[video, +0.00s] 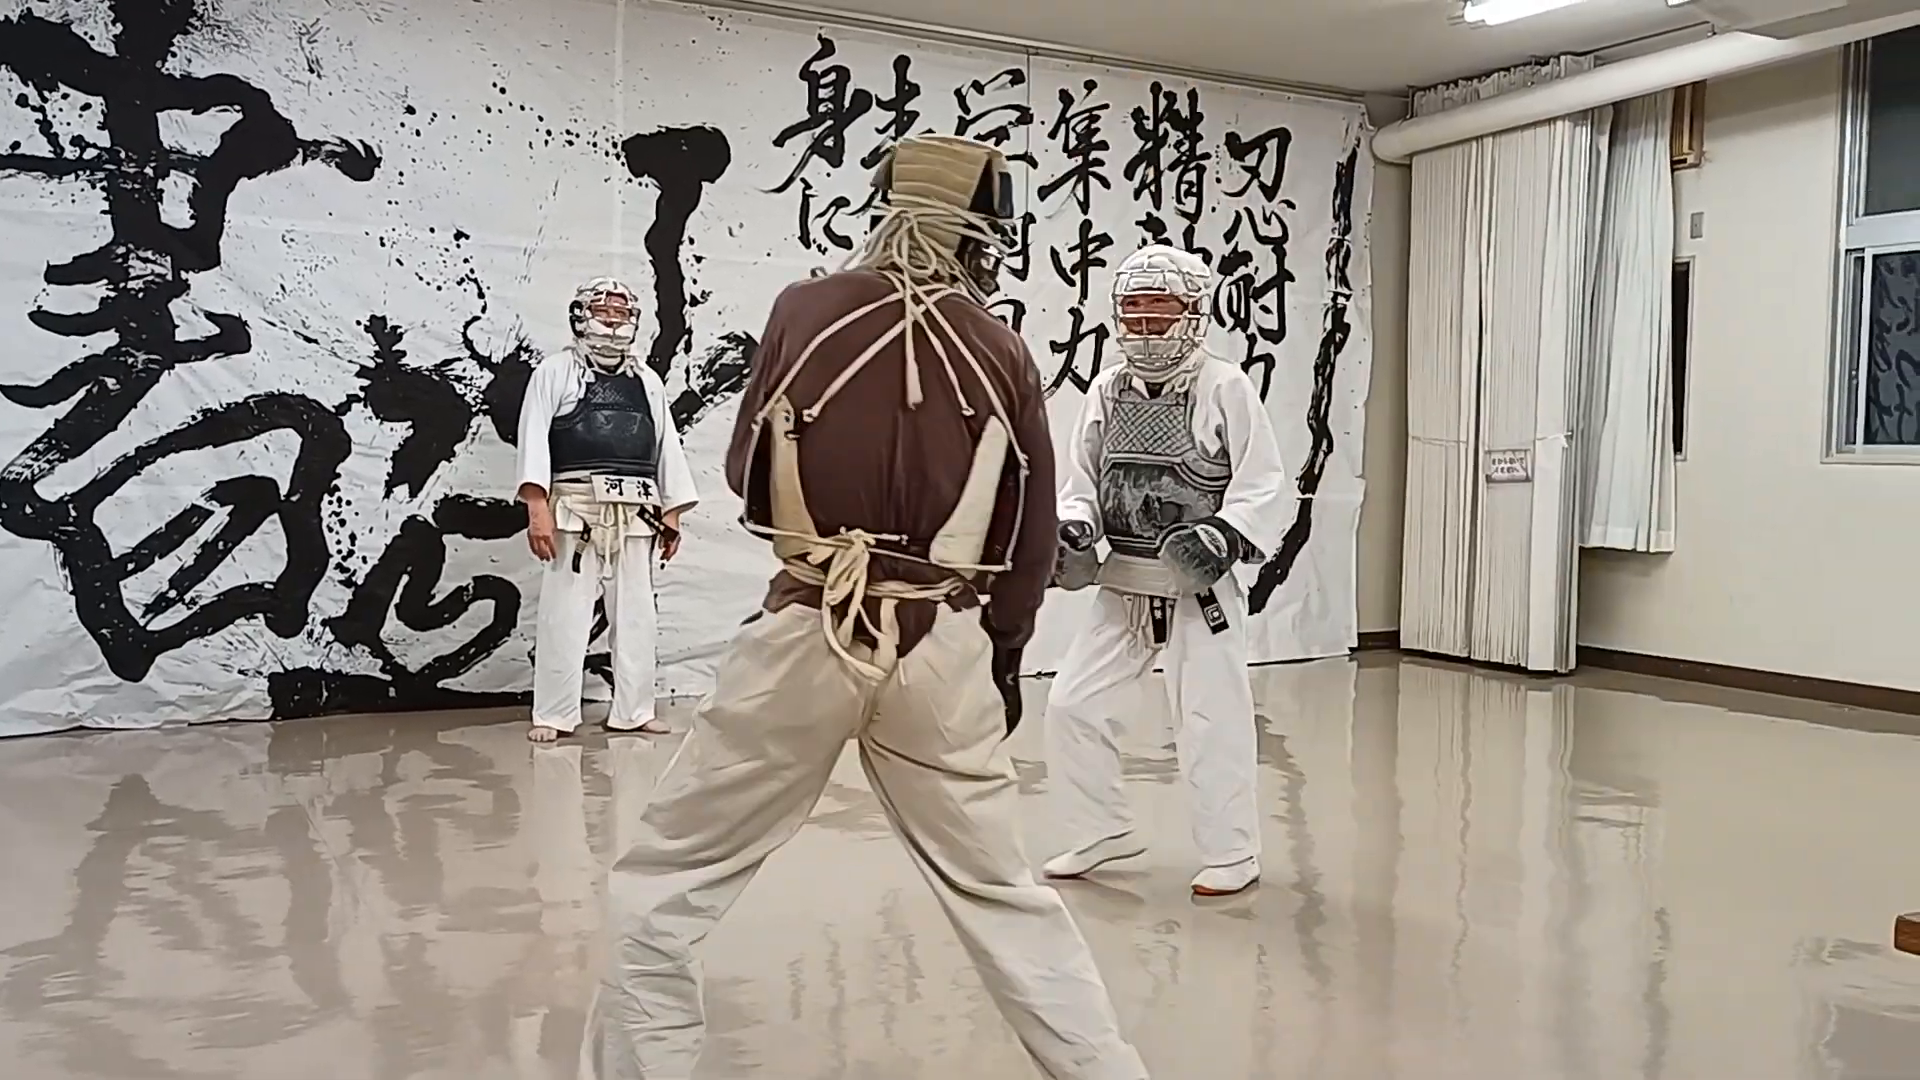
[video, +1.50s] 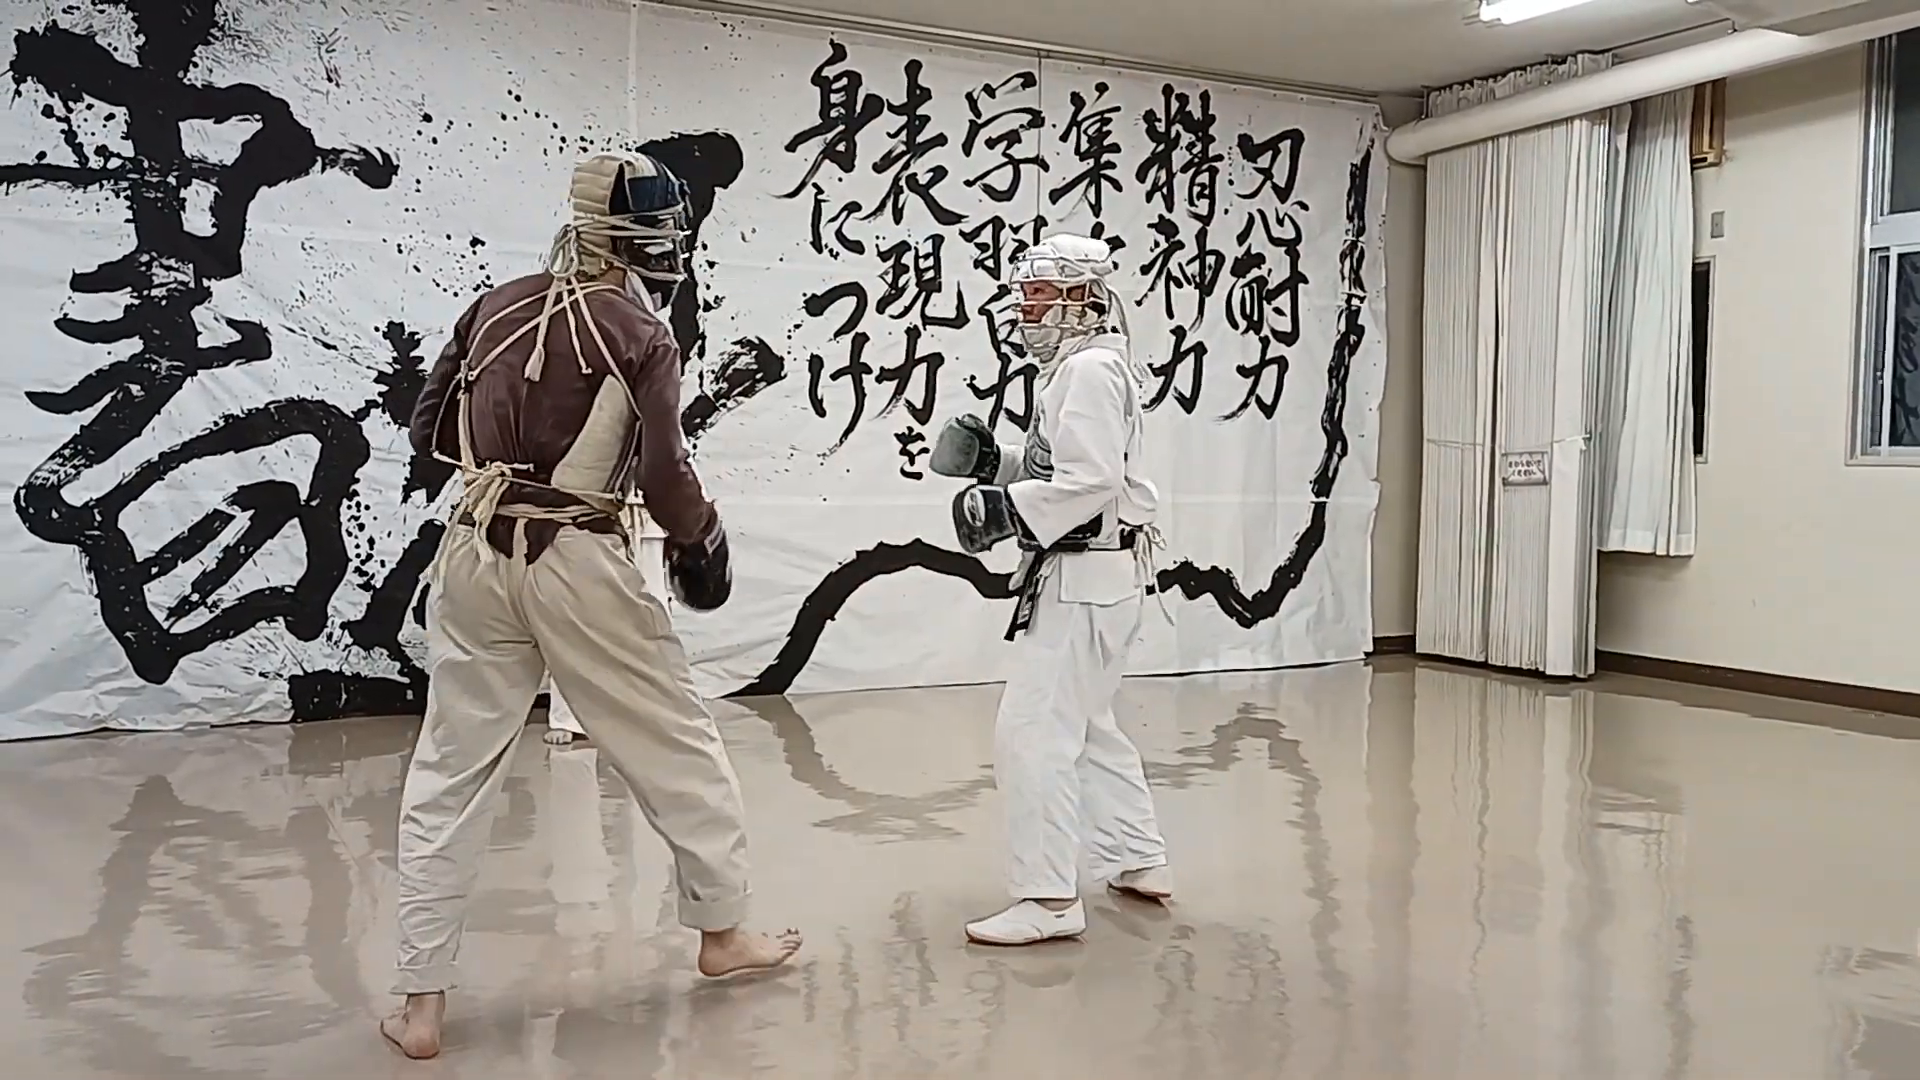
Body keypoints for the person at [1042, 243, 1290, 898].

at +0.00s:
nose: (1144, 321)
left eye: (1160, 308)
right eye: (1133, 308)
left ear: (1191, 313)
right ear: (1118, 315)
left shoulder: (1224, 387)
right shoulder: (1107, 390)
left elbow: (1266, 483)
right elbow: (1079, 481)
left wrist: (1223, 537)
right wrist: (1075, 529)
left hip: (1200, 593)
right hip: (1120, 591)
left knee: (1214, 728)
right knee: (1072, 710)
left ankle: (1230, 855)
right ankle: (1107, 832)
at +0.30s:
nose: (1114, 331)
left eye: (1129, 317)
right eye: (1106, 318)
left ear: (1165, 319)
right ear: (1096, 323)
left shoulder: (1204, 396)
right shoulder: (1105, 395)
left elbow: (1249, 498)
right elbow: (1087, 478)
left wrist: (1240, 576)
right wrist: (1066, 519)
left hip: (1194, 586)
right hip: (1133, 584)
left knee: (1158, 707)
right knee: (1140, 710)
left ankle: (1220, 838)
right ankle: (1189, 828)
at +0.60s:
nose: (1106, 321)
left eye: (1121, 308)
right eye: (1098, 308)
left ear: (1162, 312)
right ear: (1090, 311)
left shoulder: (1190, 383)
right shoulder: (1104, 390)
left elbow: (1215, 477)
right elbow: (1072, 465)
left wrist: (1142, 463)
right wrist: (1031, 441)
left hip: (1173, 576)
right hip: (1125, 573)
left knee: (1127, 728)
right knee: (1141, 711)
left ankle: (1147, 891)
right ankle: (1198, 809)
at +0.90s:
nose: (1098, 315)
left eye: (1111, 304)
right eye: (1094, 304)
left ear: (1152, 304)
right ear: (1098, 309)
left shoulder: (1180, 371)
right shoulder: (1115, 376)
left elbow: (1153, 444)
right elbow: (1077, 457)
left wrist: (1100, 367)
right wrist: (1039, 409)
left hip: (1177, 572)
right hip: (1138, 569)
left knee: (1118, 708)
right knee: (1171, 713)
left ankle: (1147, 873)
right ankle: (1195, 841)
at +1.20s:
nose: (1064, 318)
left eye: (1078, 305)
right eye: (1061, 305)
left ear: (1120, 310)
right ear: (1065, 310)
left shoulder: (1133, 385)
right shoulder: (1103, 384)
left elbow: (1178, 490)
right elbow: (1111, 495)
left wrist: (1117, 557)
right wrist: (1053, 523)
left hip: (1127, 592)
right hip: (1114, 588)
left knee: (1076, 730)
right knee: (1147, 716)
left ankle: (1058, 893)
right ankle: (1186, 839)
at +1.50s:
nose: (1025, 306)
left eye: (1038, 293)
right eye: (1024, 293)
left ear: (1077, 296)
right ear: (1057, 299)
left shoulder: (1088, 370)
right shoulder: (1085, 366)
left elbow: (1090, 478)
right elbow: (1068, 471)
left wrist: (1002, 507)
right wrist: (998, 460)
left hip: (1081, 576)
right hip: (1105, 571)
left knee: (1030, 726)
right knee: (1087, 719)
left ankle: (1050, 899)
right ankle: (1139, 862)